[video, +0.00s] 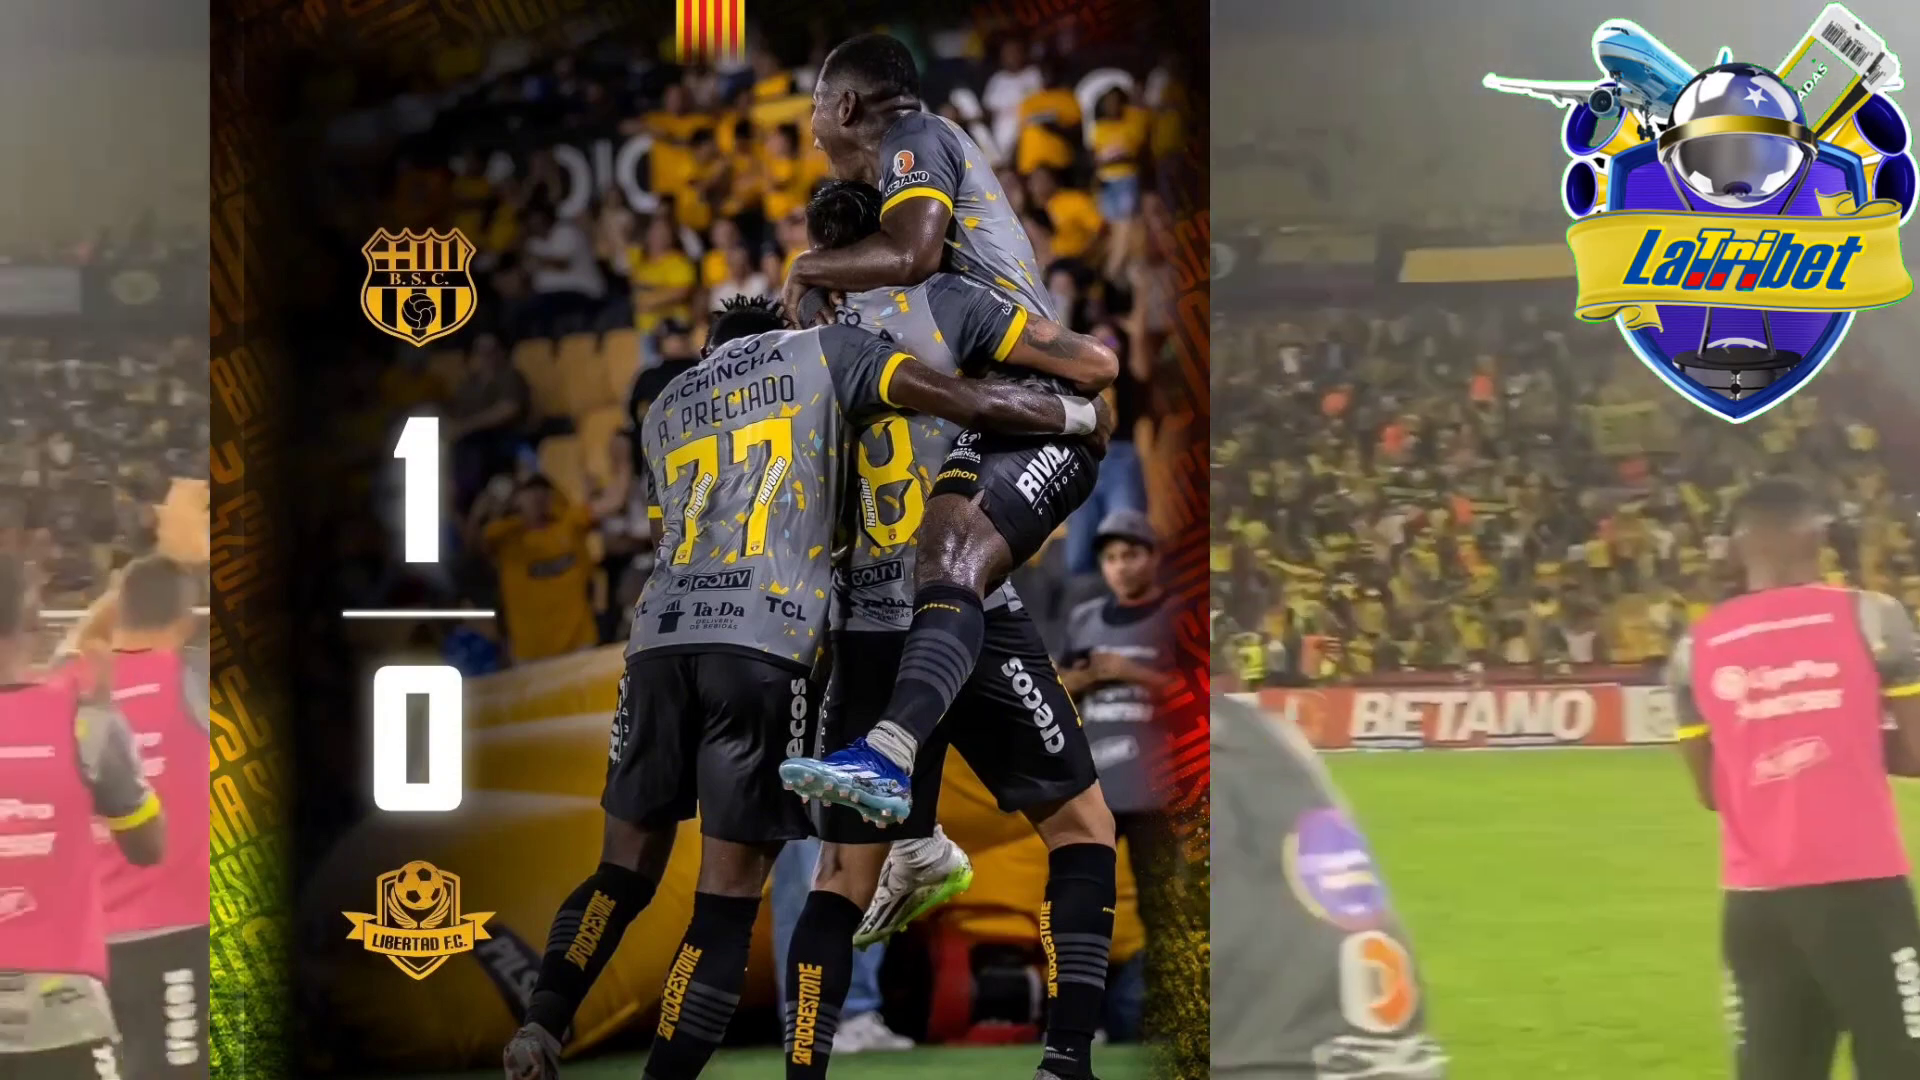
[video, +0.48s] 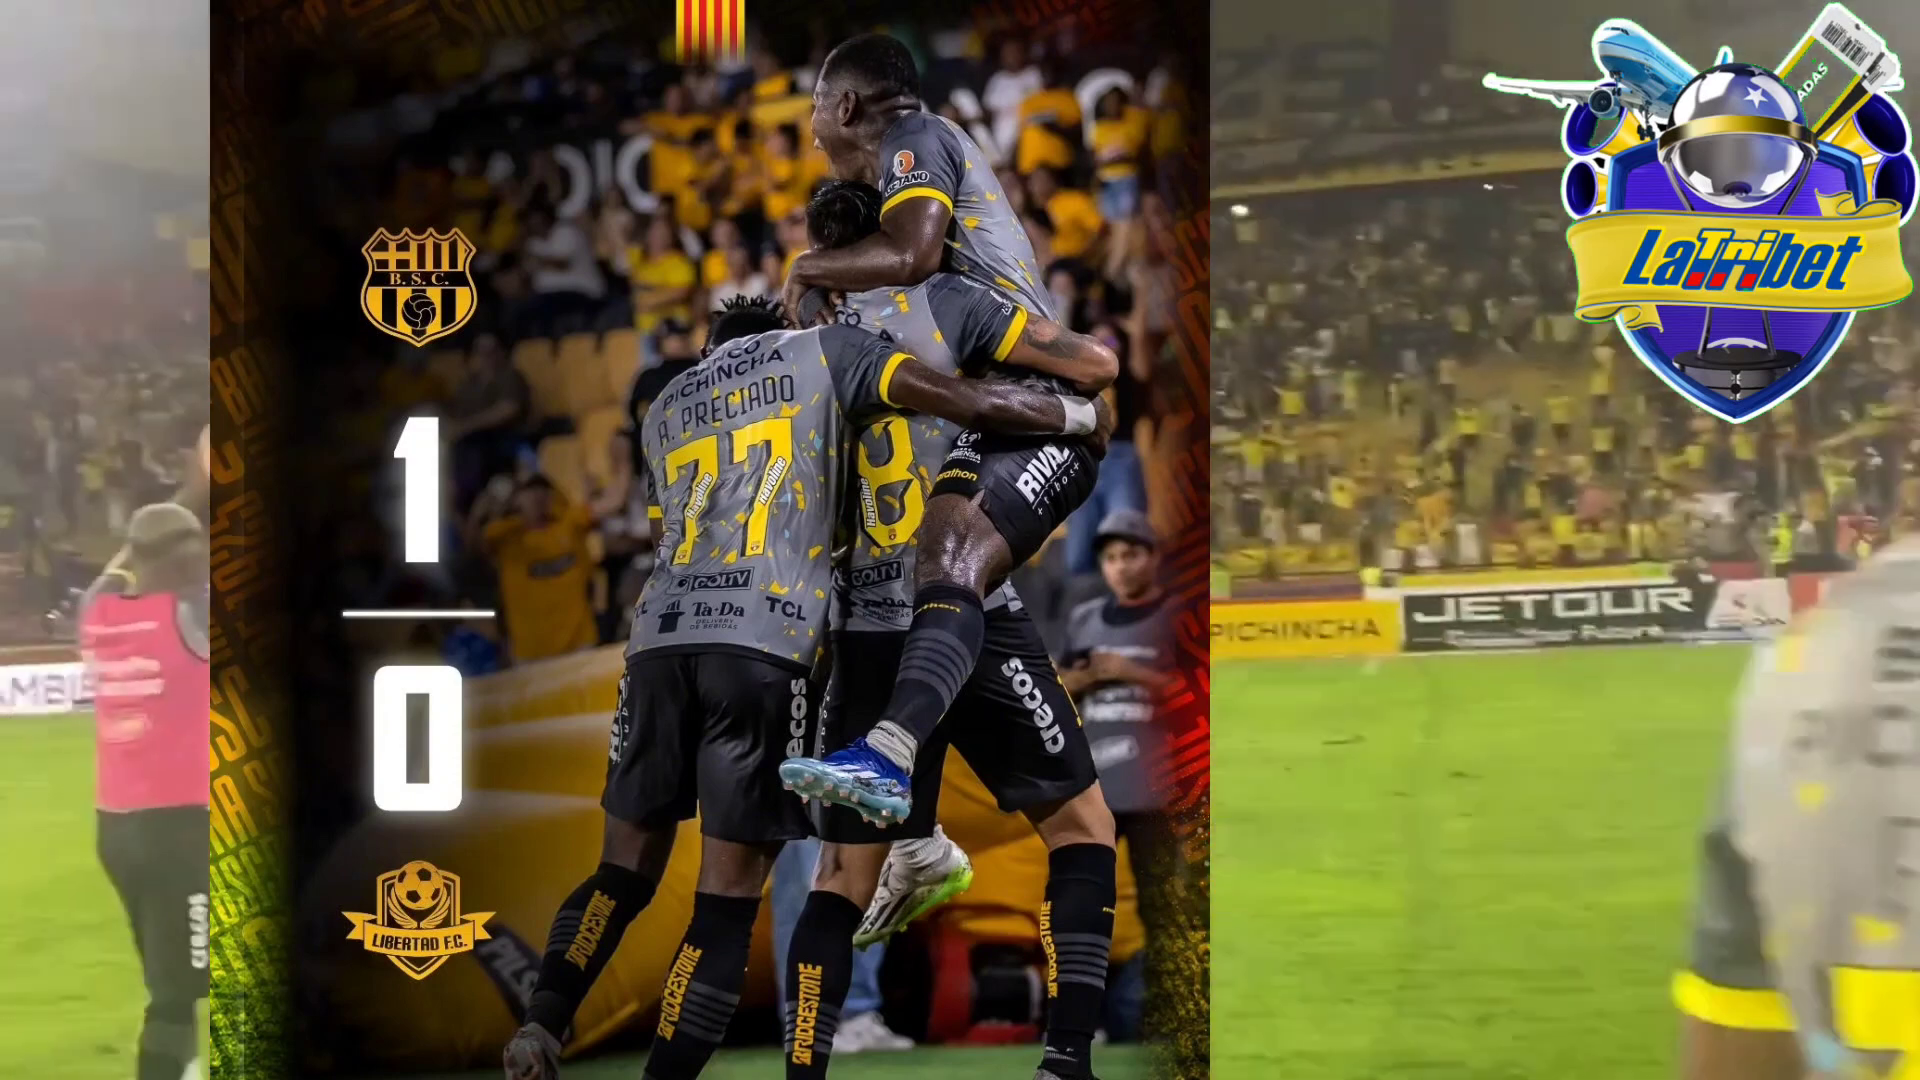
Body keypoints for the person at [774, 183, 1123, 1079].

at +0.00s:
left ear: (822, 257)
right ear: (899, 237)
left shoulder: (803, 334)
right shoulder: (951, 295)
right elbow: (1089, 367)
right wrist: (1086, 352)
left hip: (852, 619)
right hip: (963, 616)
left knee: (849, 861)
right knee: (1082, 827)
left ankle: (802, 1063)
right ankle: (1067, 1058)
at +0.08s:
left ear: (822, 257)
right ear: (899, 237)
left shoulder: (803, 334)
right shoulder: (951, 295)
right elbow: (1089, 367)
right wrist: (1086, 350)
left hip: (853, 619)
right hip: (962, 616)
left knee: (848, 861)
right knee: (1082, 827)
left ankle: (802, 1063)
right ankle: (1067, 1058)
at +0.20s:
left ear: (820, 253)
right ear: (900, 234)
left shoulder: (802, 333)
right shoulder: (951, 295)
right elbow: (1085, 367)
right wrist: (1096, 356)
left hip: (853, 620)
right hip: (962, 616)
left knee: (848, 861)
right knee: (1082, 828)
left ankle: (802, 1063)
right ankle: (1066, 1060)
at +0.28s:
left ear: (818, 249)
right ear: (898, 233)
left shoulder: (800, 330)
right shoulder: (949, 293)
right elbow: (1086, 367)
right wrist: (1097, 357)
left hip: (851, 618)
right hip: (962, 614)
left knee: (847, 861)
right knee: (1082, 827)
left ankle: (802, 1063)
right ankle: (1066, 1060)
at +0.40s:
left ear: (822, 254)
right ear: (899, 237)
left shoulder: (802, 331)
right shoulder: (951, 296)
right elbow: (1092, 367)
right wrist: (1088, 350)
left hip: (853, 617)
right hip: (963, 615)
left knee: (848, 861)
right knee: (1082, 827)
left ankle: (801, 1063)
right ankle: (1067, 1057)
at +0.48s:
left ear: (818, 253)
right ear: (896, 236)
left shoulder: (798, 333)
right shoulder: (948, 295)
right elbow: (1088, 366)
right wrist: (1082, 353)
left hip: (853, 616)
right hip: (964, 613)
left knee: (848, 861)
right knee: (1081, 825)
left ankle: (802, 1063)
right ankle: (1066, 1060)